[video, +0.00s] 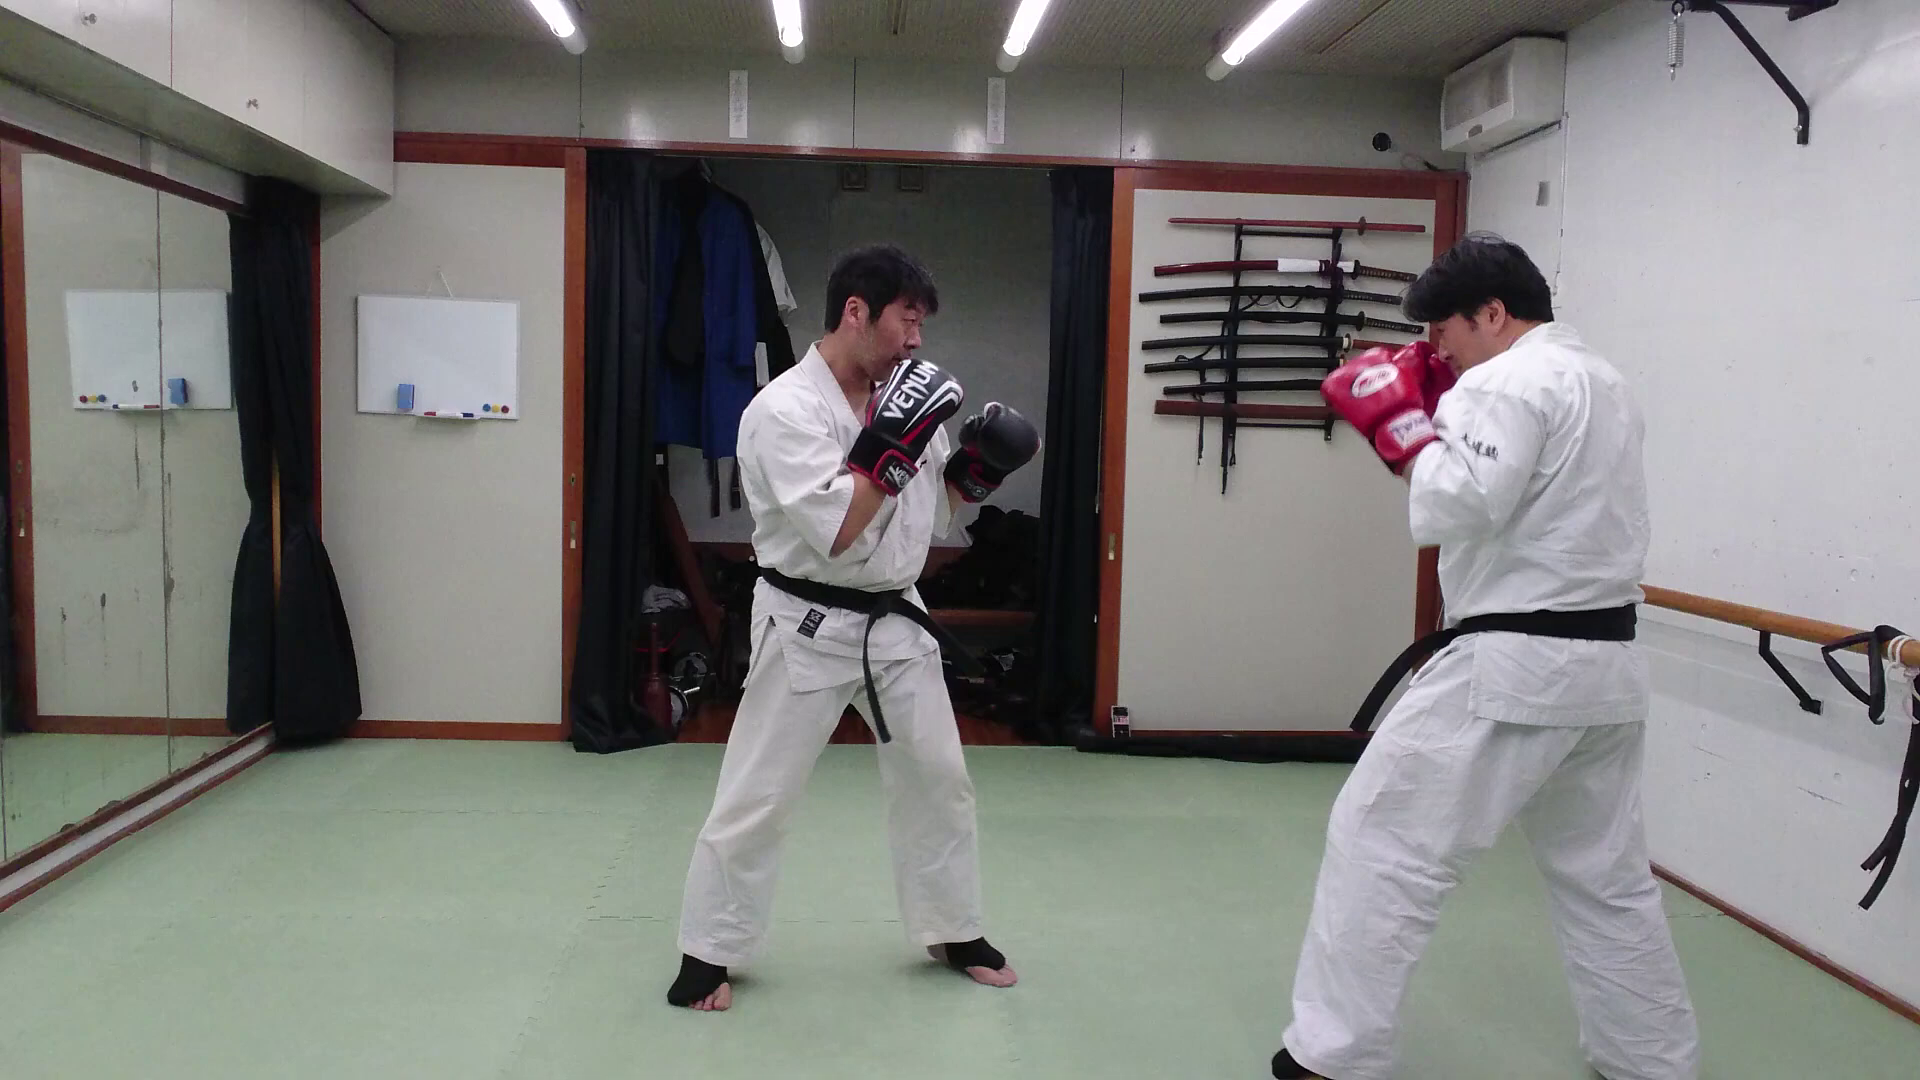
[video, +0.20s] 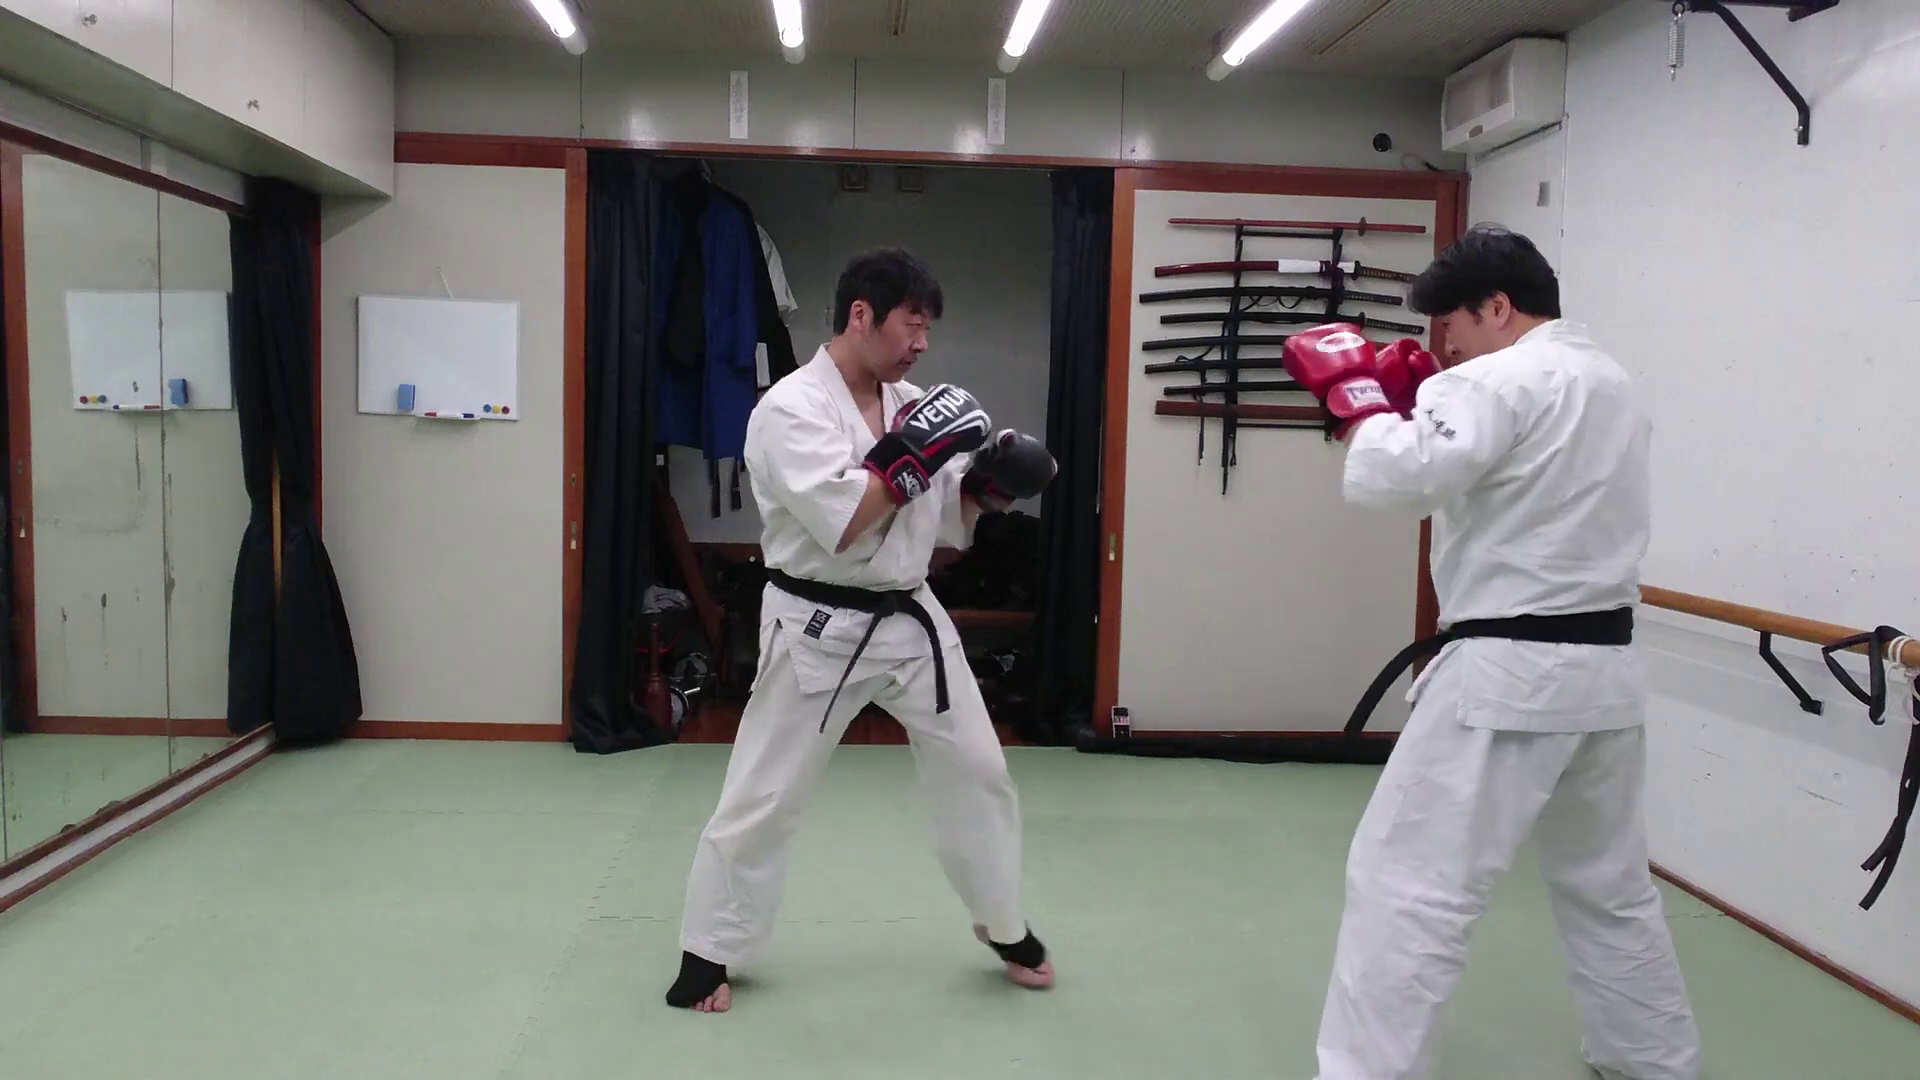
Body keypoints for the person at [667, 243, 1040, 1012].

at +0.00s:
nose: (916, 343)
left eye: (922, 328)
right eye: (908, 323)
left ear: (873, 320)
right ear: (855, 313)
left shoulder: (905, 403)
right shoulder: (782, 409)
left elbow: (936, 519)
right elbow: (833, 527)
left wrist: (976, 475)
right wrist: (894, 444)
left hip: (897, 618)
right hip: (804, 617)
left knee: (940, 776)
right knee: (757, 794)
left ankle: (955, 932)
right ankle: (708, 952)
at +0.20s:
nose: (921, 344)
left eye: (927, 329)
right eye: (912, 325)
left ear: (882, 324)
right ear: (860, 314)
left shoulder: (912, 407)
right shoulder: (788, 409)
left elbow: (940, 523)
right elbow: (843, 523)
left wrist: (987, 489)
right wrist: (915, 453)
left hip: (911, 615)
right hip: (812, 619)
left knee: (980, 771)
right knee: (762, 796)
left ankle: (1002, 924)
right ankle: (707, 951)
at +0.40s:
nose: (971, 325)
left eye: (979, 312)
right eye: (955, 308)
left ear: (986, 319)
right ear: (904, 311)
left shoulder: (1009, 392)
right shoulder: (838, 400)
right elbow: (817, 518)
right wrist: (877, 451)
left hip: (946, 617)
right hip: (840, 608)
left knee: (992, 786)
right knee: (783, 774)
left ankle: (1041, 936)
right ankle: (724, 932)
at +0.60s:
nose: (1012, 322)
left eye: (1020, 308)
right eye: (995, 305)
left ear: (1026, 314)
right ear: (948, 307)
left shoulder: (1053, 395)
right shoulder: (888, 396)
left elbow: (1141, 453)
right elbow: (876, 510)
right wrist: (950, 437)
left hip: (987, 616)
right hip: (885, 604)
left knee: (1013, 785)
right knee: (817, 762)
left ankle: (1043, 938)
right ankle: (781, 901)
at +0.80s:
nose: (1009, 335)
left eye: (1017, 322)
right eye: (998, 317)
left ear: (1018, 326)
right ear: (947, 310)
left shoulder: (1021, 408)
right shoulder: (876, 395)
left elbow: (1039, 499)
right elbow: (869, 508)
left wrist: (1084, 489)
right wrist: (942, 435)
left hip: (977, 613)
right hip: (877, 605)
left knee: (1018, 775)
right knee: (826, 763)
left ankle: (1046, 936)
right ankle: (795, 894)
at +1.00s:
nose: (996, 340)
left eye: (1003, 326)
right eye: (985, 321)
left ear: (1002, 327)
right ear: (936, 311)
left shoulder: (1001, 401)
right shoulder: (862, 391)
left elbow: (1019, 501)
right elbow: (873, 500)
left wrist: (1058, 456)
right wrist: (939, 428)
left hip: (963, 604)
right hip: (867, 599)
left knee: (998, 762)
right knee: (825, 762)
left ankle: (1017, 897)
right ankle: (801, 897)